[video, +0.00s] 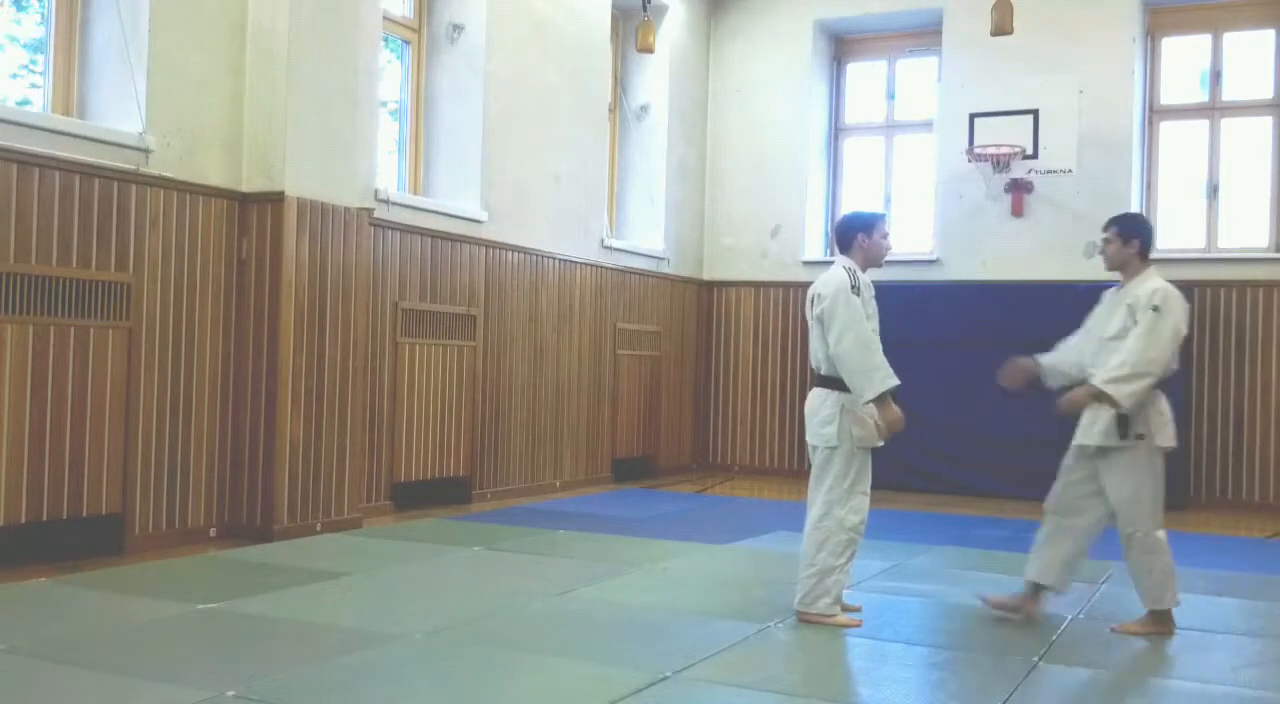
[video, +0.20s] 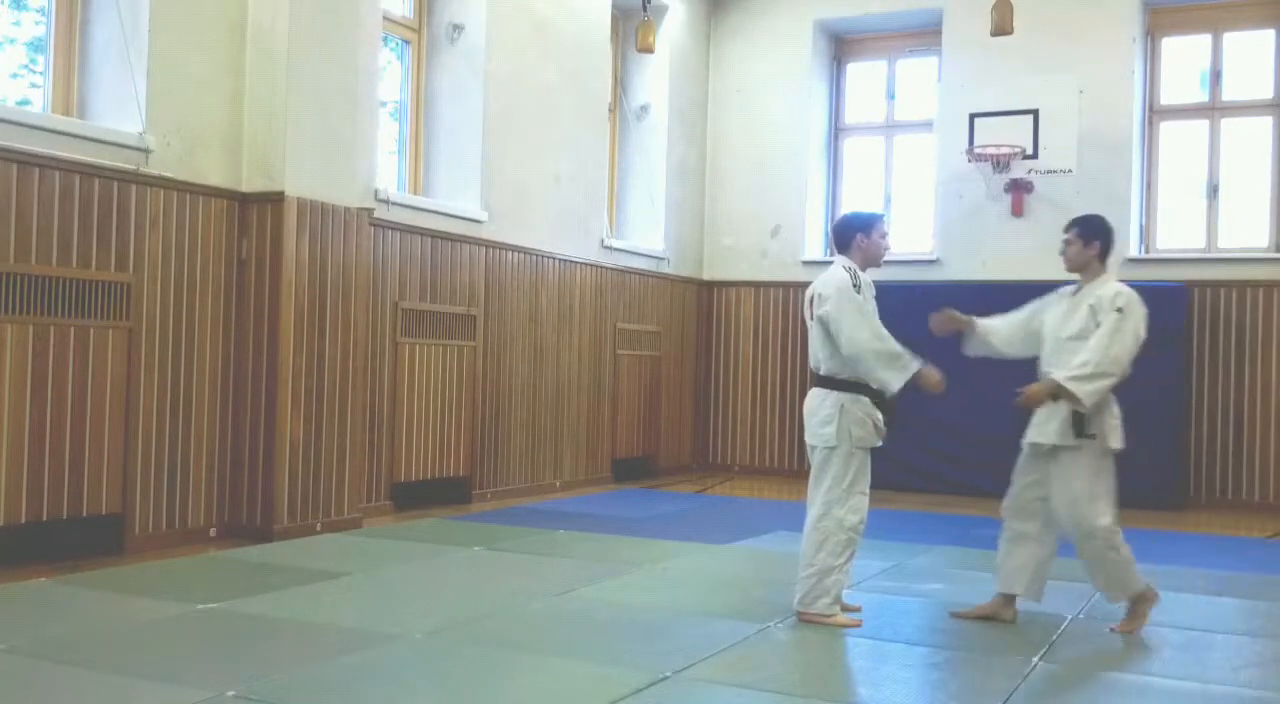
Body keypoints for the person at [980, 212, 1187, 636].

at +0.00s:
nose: (1102, 249)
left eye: (1109, 242)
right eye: (1103, 242)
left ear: (1135, 246)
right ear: (1124, 247)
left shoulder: (1163, 297)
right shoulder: (1113, 297)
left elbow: (1146, 359)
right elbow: (1083, 348)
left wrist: (1093, 391)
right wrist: (1037, 367)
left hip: (1134, 424)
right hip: (1095, 419)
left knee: (1139, 523)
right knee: (1065, 507)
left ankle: (1160, 614)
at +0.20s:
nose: (1063, 248)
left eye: (1070, 243)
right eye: (1064, 243)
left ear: (1095, 247)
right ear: (1081, 249)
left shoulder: (1122, 301)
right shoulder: (1058, 302)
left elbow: (1109, 361)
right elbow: (1013, 330)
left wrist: (1054, 387)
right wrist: (966, 325)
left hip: (1087, 424)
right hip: (1045, 419)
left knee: (1085, 517)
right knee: (1023, 509)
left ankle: (1138, 594)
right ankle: (1005, 600)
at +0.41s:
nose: (1022, 246)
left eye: (1029, 239)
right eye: (1022, 239)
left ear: (1054, 243)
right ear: (1045, 244)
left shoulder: (1085, 295)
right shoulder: (1022, 290)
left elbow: (1069, 358)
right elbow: (974, 311)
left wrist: (1013, 377)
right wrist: (924, 307)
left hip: (1053, 415)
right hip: (1016, 412)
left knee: (1020, 504)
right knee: (992, 501)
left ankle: (1051, 605)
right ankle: (1003, 599)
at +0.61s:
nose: (998, 248)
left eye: (1004, 240)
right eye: (997, 241)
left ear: (1030, 241)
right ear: (1021, 243)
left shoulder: (1055, 288)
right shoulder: (1012, 290)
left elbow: (1022, 341)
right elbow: (982, 323)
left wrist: (959, 352)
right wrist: (942, 346)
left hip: (1035, 408)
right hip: (1005, 406)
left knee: (1013, 506)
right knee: (987, 503)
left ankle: (1013, 608)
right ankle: (997, 599)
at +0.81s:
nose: (988, 250)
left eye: (992, 242)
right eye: (986, 243)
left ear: (1017, 240)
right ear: (1012, 242)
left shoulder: (1040, 283)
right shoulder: (1014, 285)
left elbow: (997, 330)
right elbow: (986, 325)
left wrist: (935, 329)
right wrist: (934, 325)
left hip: (1023, 405)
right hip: (998, 404)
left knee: (1010, 507)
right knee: (986, 506)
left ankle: (1014, 611)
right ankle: (999, 600)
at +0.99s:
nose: (982, 250)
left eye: (987, 242)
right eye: (980, 243)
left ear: (1011, 239)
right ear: (1006, 242)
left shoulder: (1035, 284)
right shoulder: (1006, 286)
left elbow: (993, 331)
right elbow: (980, 325)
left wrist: (931, 331)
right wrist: (929, 325)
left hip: (1017, 405)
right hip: (993, 404)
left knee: (1007, 508)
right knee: (984, 508)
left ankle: (1013, 610)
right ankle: (999, 600)